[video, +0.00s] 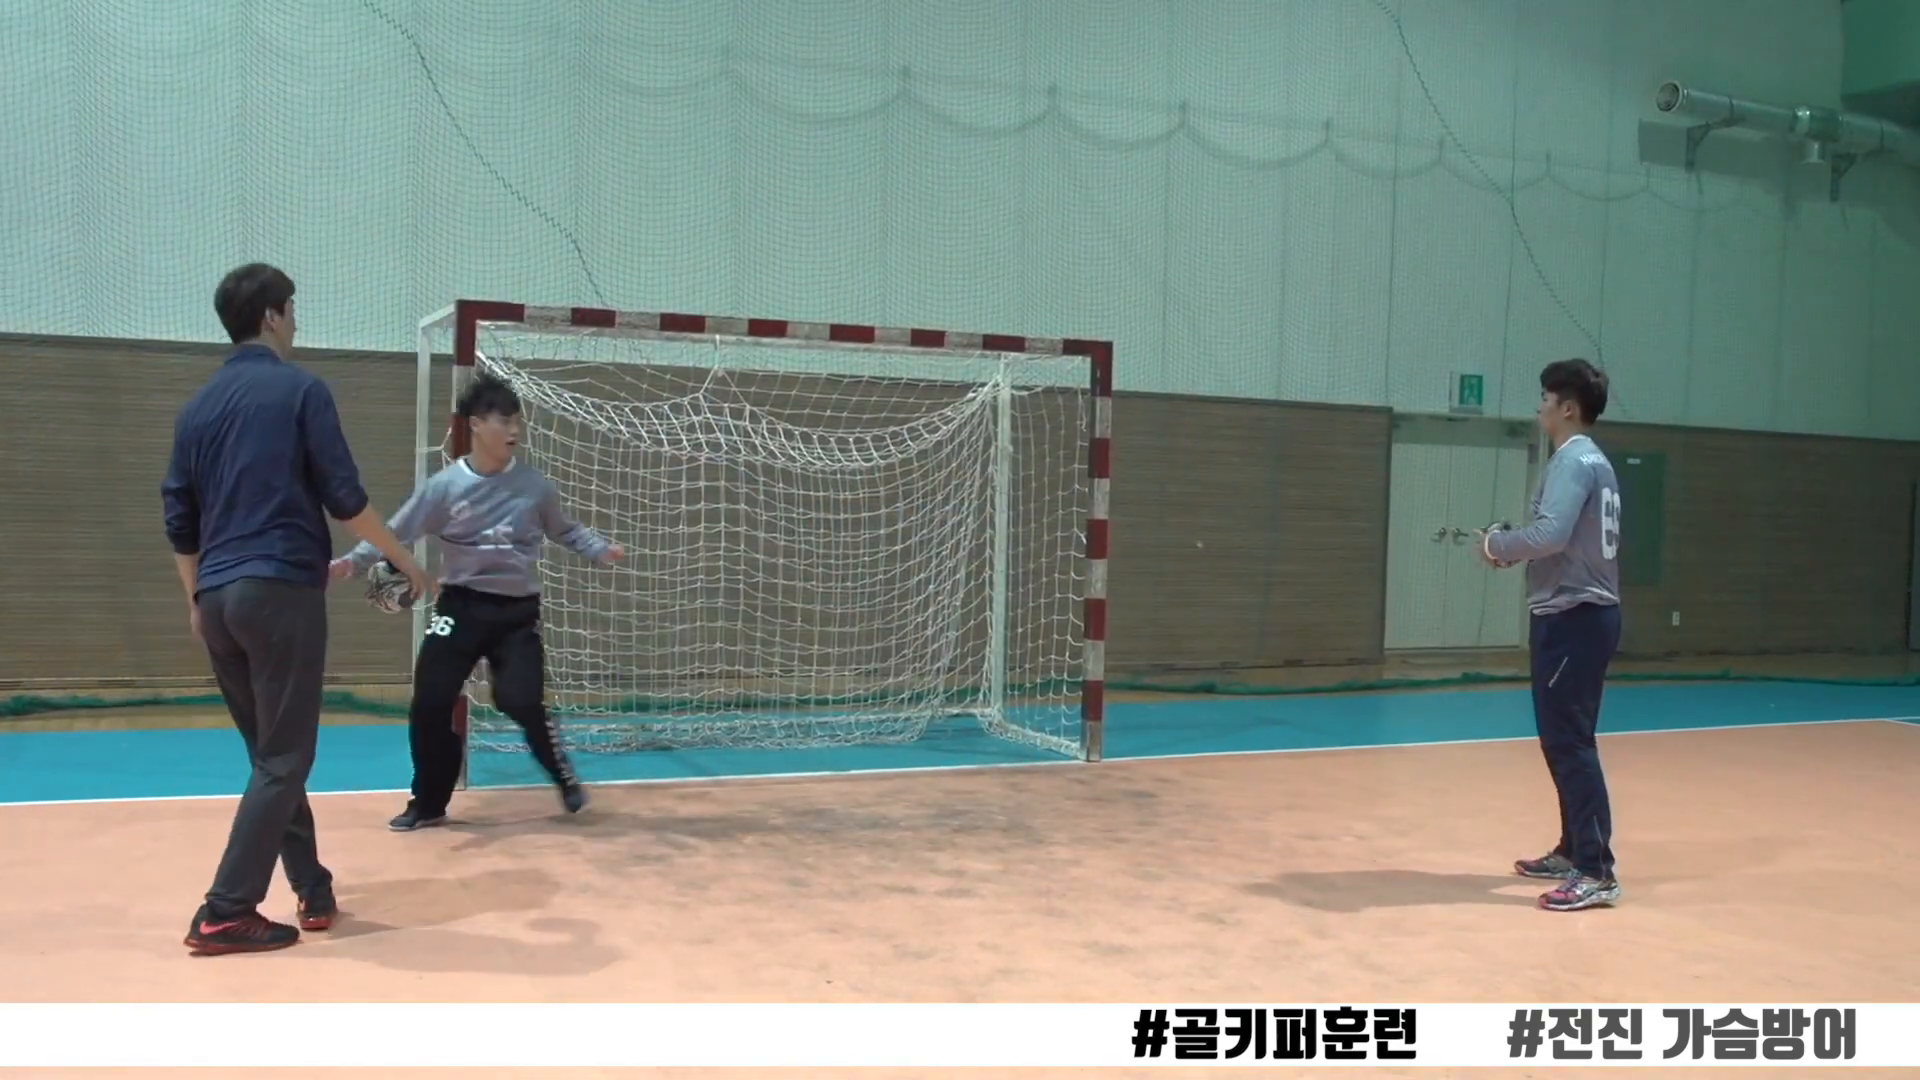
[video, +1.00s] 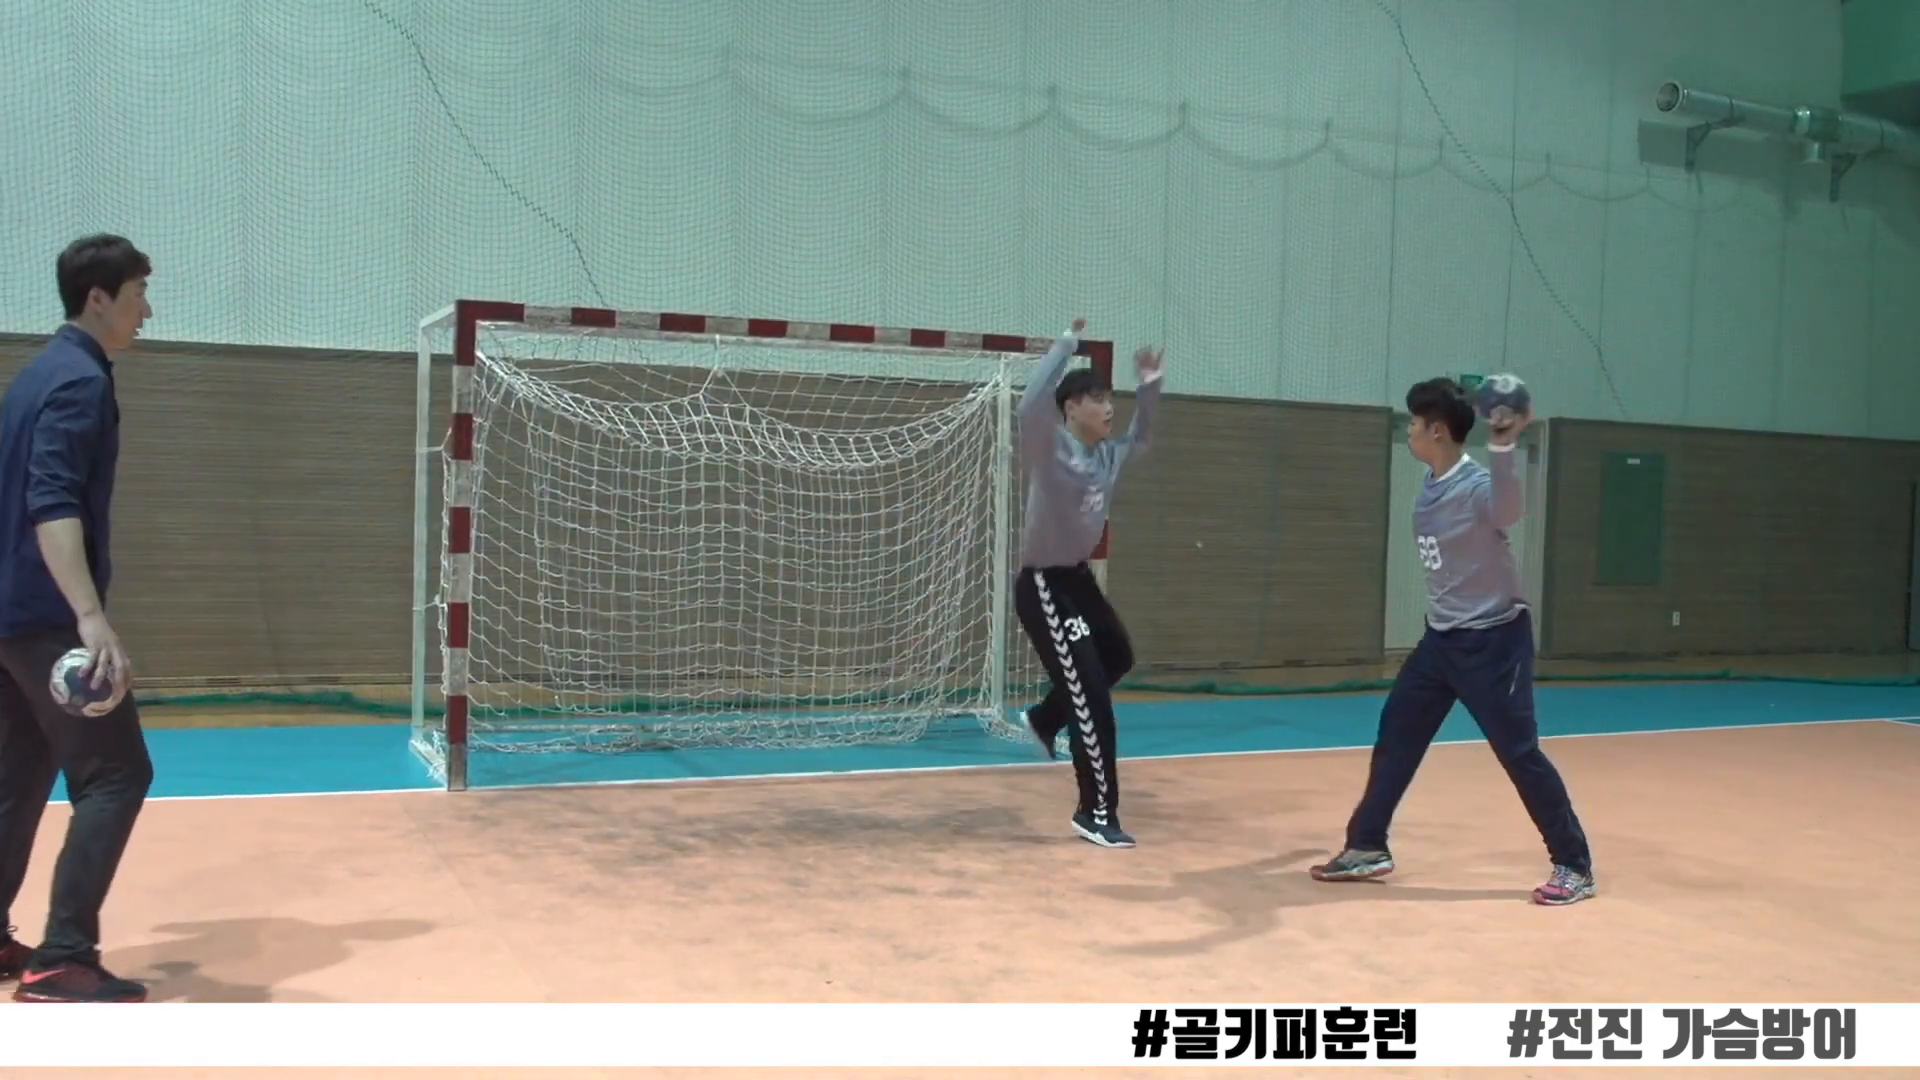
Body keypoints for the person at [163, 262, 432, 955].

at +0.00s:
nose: (294, 325)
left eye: (291, 313)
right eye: (290, 314)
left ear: (232, 323)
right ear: (272, 318)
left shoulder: (198, 406)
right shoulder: (301, 389)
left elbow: (180, 517)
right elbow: (345, 499)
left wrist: (198, 601)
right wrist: (400, 556)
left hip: (215, 598)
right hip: (280, 593)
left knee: (274, 752)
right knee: (283, 758)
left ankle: (313, 893)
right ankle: (226, 911)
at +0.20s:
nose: (287, 327)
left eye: (285, 314)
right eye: (283, 314)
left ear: (227, 317)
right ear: (259, 316)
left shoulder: (174, 391)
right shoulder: (268, 393)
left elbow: (154, 508)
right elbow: (291, 516)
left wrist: (191, 574)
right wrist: (337, 607)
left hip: (170, 598)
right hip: (232, 598)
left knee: (237, 751)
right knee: (253, 755)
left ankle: (263, 892)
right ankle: (224, 916)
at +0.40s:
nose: (248, 312)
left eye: (246, 299)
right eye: (242, 299)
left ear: (191, 309)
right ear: (210, 307)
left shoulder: (134, 387)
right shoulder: (216, 386)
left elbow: (130, 503)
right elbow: (214, 504)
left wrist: (152, 591)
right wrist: (236, 604)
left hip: (132, 609)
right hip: (188, 609)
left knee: (170, 751)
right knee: (229, 759)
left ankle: (96, 893)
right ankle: (223, 916)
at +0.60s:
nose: (203, 323)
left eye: (200, 309)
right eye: (195, 309)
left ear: (146, 318)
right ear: (158, 316)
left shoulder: (108, 388)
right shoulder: (148, 390)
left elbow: (94, 513)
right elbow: (128, 506)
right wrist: (154, 611)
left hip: (73, 622)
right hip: (127, 623)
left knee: (70, 773)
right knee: (194, 765)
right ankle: (219, 914)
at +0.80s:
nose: (172, 318)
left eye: (171, 304)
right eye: (165, 304)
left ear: (115, 309)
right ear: (126, 308)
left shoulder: (72, 379)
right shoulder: (105, 379)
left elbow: (45, 500)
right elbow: (70, 497)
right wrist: (97, 605)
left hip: (23, 615)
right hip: (64, 614)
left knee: (28, 773)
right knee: (144, 760)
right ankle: (174, 923)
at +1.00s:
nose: (147, 306)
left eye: (146, 291)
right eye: (139, 292)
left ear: (90, 301)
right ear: (98, 299)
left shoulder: (46, 368)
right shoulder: (78, 377)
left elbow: (32, 504)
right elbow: (52, 506)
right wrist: (93, 616)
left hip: (16, 619)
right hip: (46, 620)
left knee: (23, 779)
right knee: (118, 774)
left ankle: (0, 937)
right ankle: (66, 957)